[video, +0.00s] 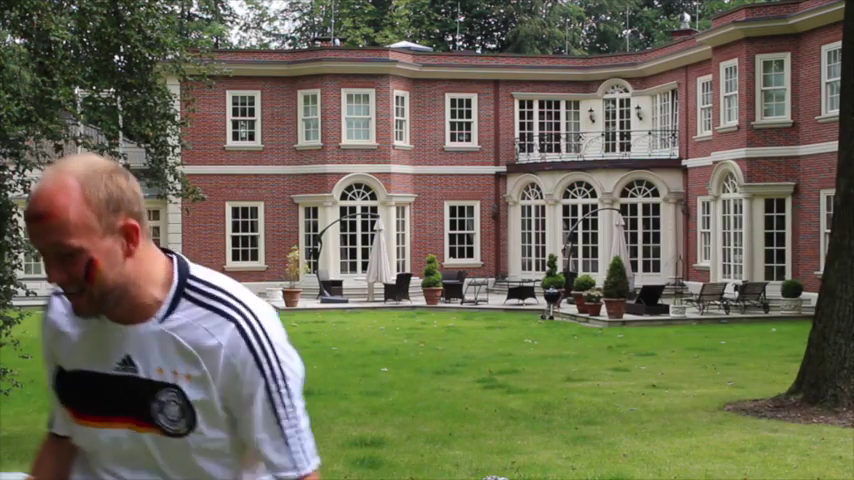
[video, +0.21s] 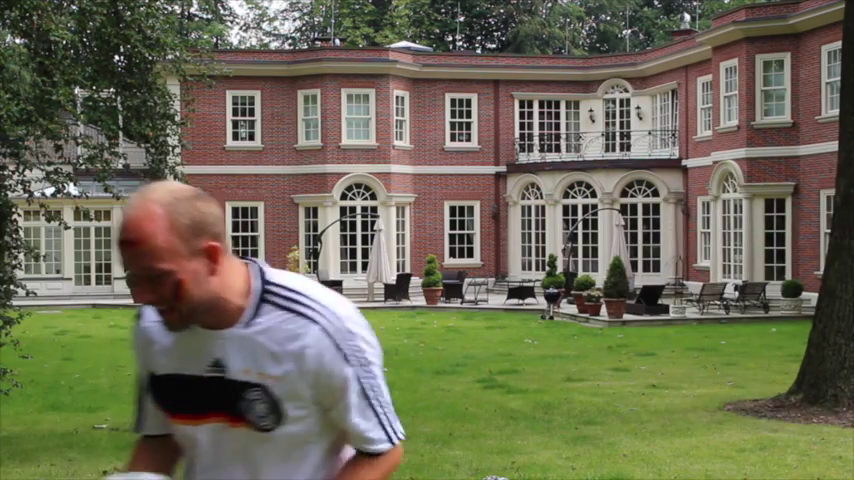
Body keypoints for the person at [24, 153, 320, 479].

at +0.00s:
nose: (55, 279)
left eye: (69, 256)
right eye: (44, 258)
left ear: (129, 239)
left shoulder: (238, 328)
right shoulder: (61, 315)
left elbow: (299, 472)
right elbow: (63, 437)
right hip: (91, 474)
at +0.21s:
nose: (141, 297)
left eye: (156, 278)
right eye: (132, 280)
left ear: (211, 258)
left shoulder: (324, 328)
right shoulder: (152, 327)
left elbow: (384, 448)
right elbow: (159, 437)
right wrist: (132, 477)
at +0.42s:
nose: (232, 355)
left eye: (244, 338)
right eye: (224, 339)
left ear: (293, 316)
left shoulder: (400, 363)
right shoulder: (242, 361)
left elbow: (451, 475)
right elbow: (251, 468)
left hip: (396, 473)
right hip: (308, 472)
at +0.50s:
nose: (256, 379)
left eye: (268, 361)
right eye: (248, 362)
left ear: (311, 335)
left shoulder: (427, 356)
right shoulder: (268, 377)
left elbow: (496, 467)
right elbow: (276, 473)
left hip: (442, 470)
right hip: (351, 470)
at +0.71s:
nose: (352, 376)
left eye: (363, 362)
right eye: (343, 363)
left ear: (398, 333)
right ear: (334, 353)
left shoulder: (508, 330)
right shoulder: (345, 383)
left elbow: (579, 400)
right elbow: (351, 472)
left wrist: (576, 472)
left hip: (521, 465)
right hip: (428, 469)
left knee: (523, 444)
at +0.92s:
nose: (498, 326)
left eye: (509, 312)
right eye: (484, 314)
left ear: (533, 277)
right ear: (464, 295)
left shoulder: (576, 280)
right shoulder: (435, 320)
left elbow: (614, 368)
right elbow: (463, 440)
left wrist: (647, 393)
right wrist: (569, 475)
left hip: (567, 459)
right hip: (476, 467)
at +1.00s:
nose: (546, 302)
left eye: (556, 288)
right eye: (532, 291)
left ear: (571, 259)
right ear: (500, 263)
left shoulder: (590, 268)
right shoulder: (462, 301)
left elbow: (626, 330)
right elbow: (497, 418)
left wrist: (663, 359)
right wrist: (614, 448)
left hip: (568, 463)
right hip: (480, 466)